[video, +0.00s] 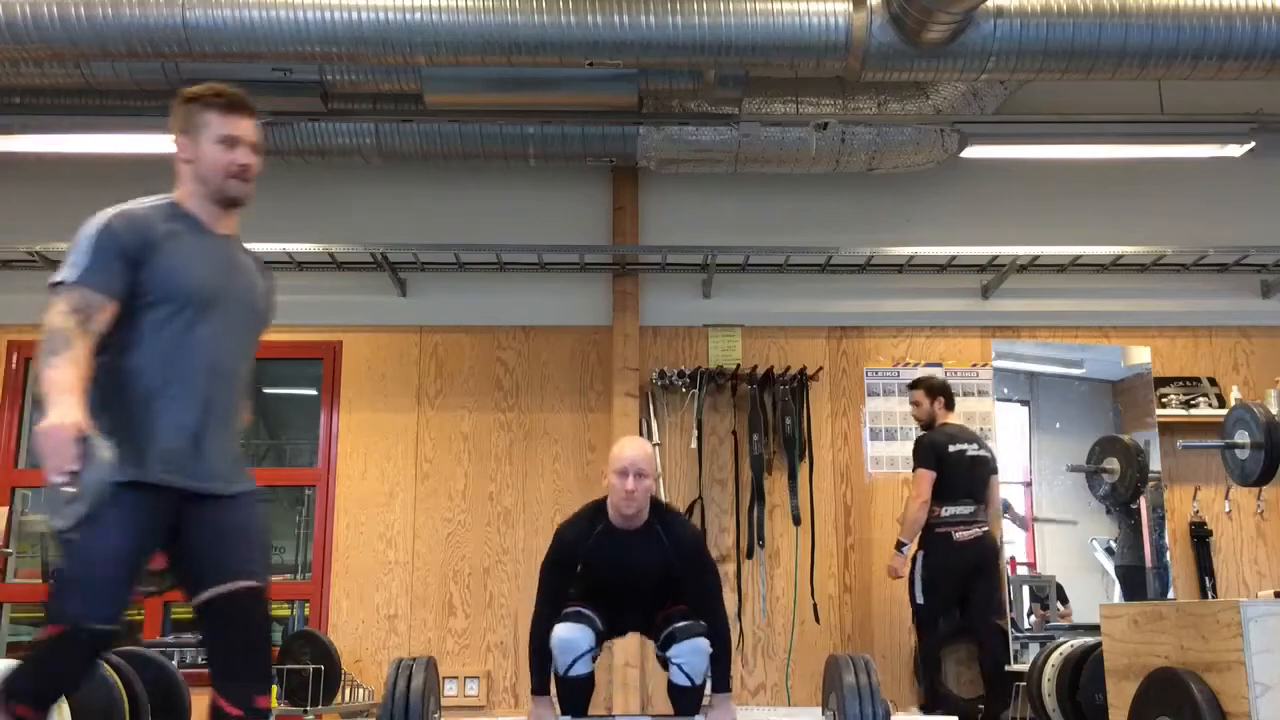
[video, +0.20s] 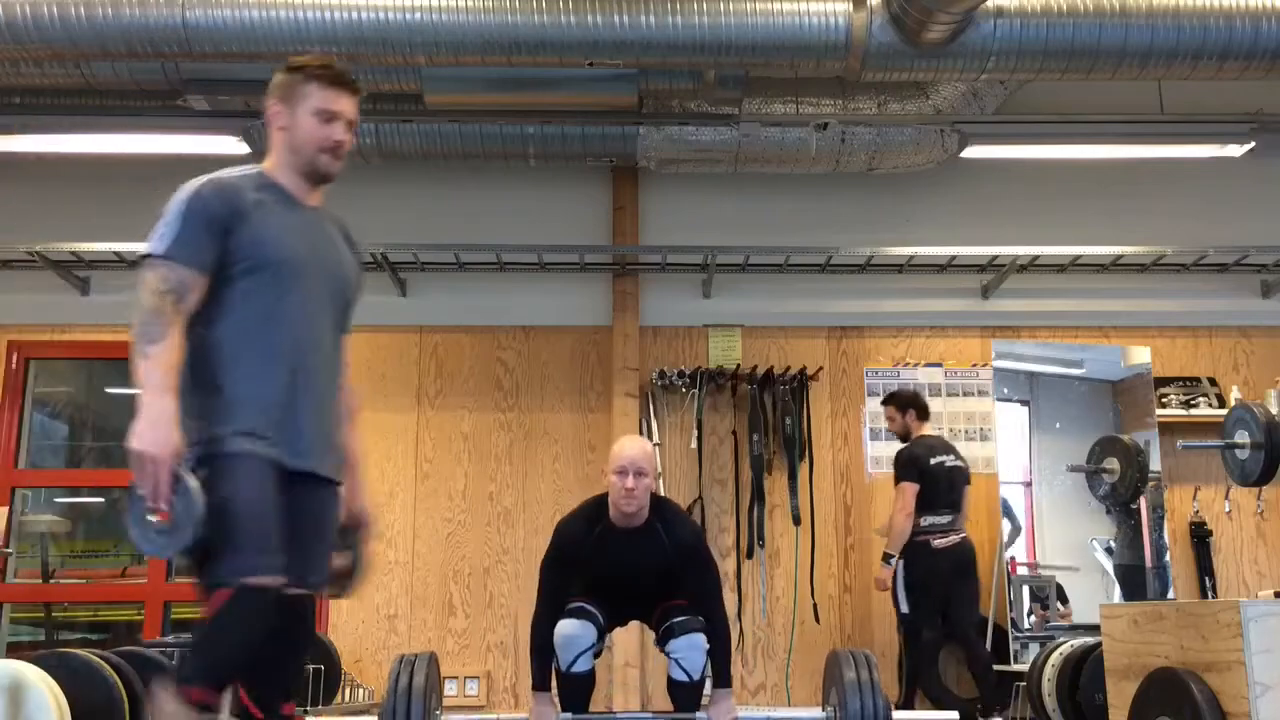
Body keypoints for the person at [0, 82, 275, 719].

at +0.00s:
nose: (247, 159)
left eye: (254, 148)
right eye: (230, 144)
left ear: (260, 158)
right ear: (183, 151)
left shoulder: (254, 277)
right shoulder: (125, 230)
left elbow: (229, 387)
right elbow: (67, 332)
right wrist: (64, 413)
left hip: (218, 482)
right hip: (124, 473)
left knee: (245, 660)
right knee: (80, 637)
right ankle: (16, 705)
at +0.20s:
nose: (342, 136)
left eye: (350, 125)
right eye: (326, 118)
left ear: (354, 134)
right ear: (278, 116)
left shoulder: (341, 246)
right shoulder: (219, 198)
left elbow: (335, 376)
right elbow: (159, 307)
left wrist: (348, 482)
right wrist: (156, 411)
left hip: (311, 451)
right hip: (234, 434)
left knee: (293, 615)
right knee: (255, 588)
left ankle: (260, 713)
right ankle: (180, 700)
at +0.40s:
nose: (430, 121)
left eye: (438, 110)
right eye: (414, 103)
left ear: (441, 120)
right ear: (362, 101)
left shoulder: (420, 238)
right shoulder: (305, 190)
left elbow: (431, 366)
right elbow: (240, 319)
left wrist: (499, 459)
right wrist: (229, 447)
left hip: (383, 458)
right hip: (314, 442)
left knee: (306, 653)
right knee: (381, 612)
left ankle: (282, 714)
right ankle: (385, 714)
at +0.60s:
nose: (526, 89)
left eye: (530, 75)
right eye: (508, 72)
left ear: (528, 85)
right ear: (451, 76)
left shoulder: (508, 201)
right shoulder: (399, 175)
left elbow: (521, 340)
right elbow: (336, 315)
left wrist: (596, 451)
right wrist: (322, 453)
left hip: (490, 443)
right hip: (430, 435)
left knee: (453, 635)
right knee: (514, 604)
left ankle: (379, 710)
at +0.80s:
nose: (623, 48)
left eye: (624, 33)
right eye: (605, 29)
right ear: (546, 35)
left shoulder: (602, 162)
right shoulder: (499, 128)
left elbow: (608, 314)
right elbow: (450, 277)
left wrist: (651, 422)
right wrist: (457, 411)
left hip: (612, 426)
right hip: (536, 420)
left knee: (647, 615)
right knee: (551, 617)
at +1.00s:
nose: (729, 45)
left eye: (732, 29)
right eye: (709, 25)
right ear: (650, 31)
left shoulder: (709, 160)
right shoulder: (604, 122)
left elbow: (688, 298)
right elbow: (574, 267)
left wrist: (714, 414)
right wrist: (618, 373)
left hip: (710, 443)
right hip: (619, 437)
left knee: (788, 647)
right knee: (577, 652)